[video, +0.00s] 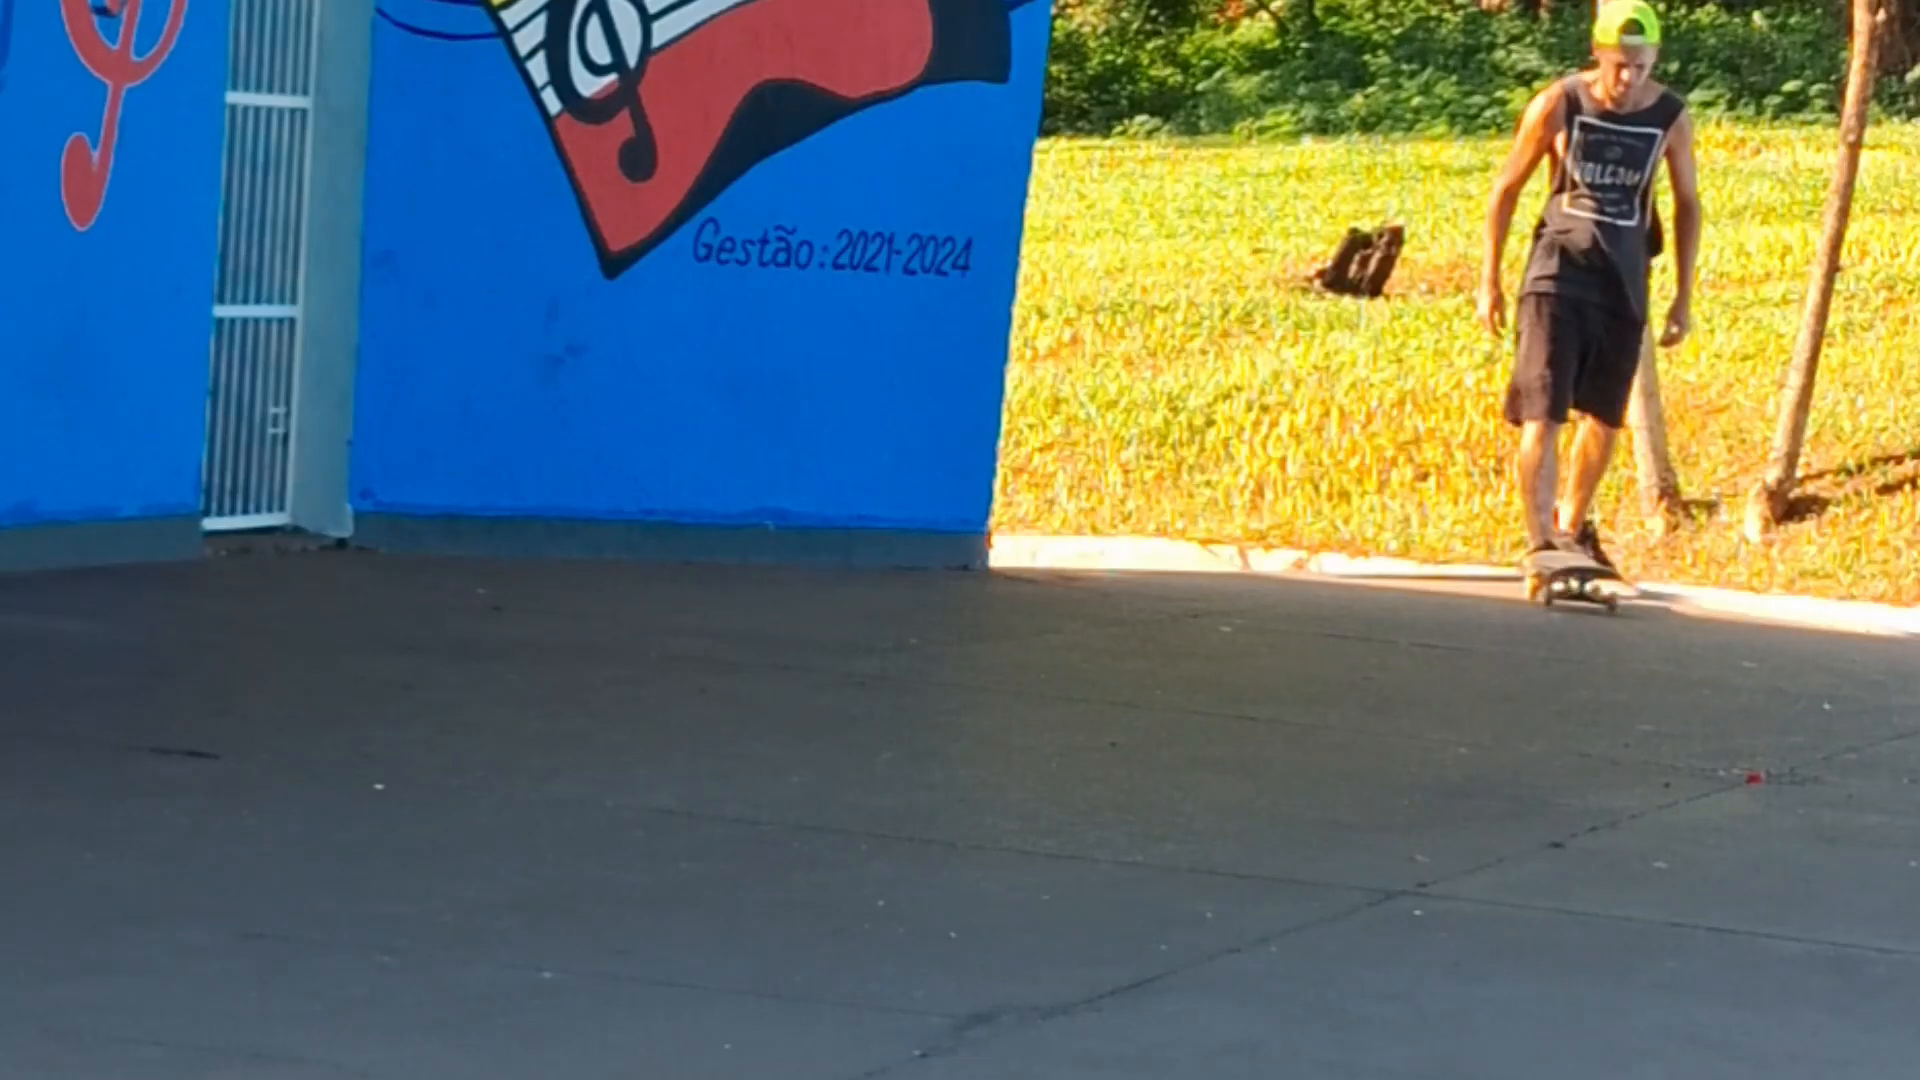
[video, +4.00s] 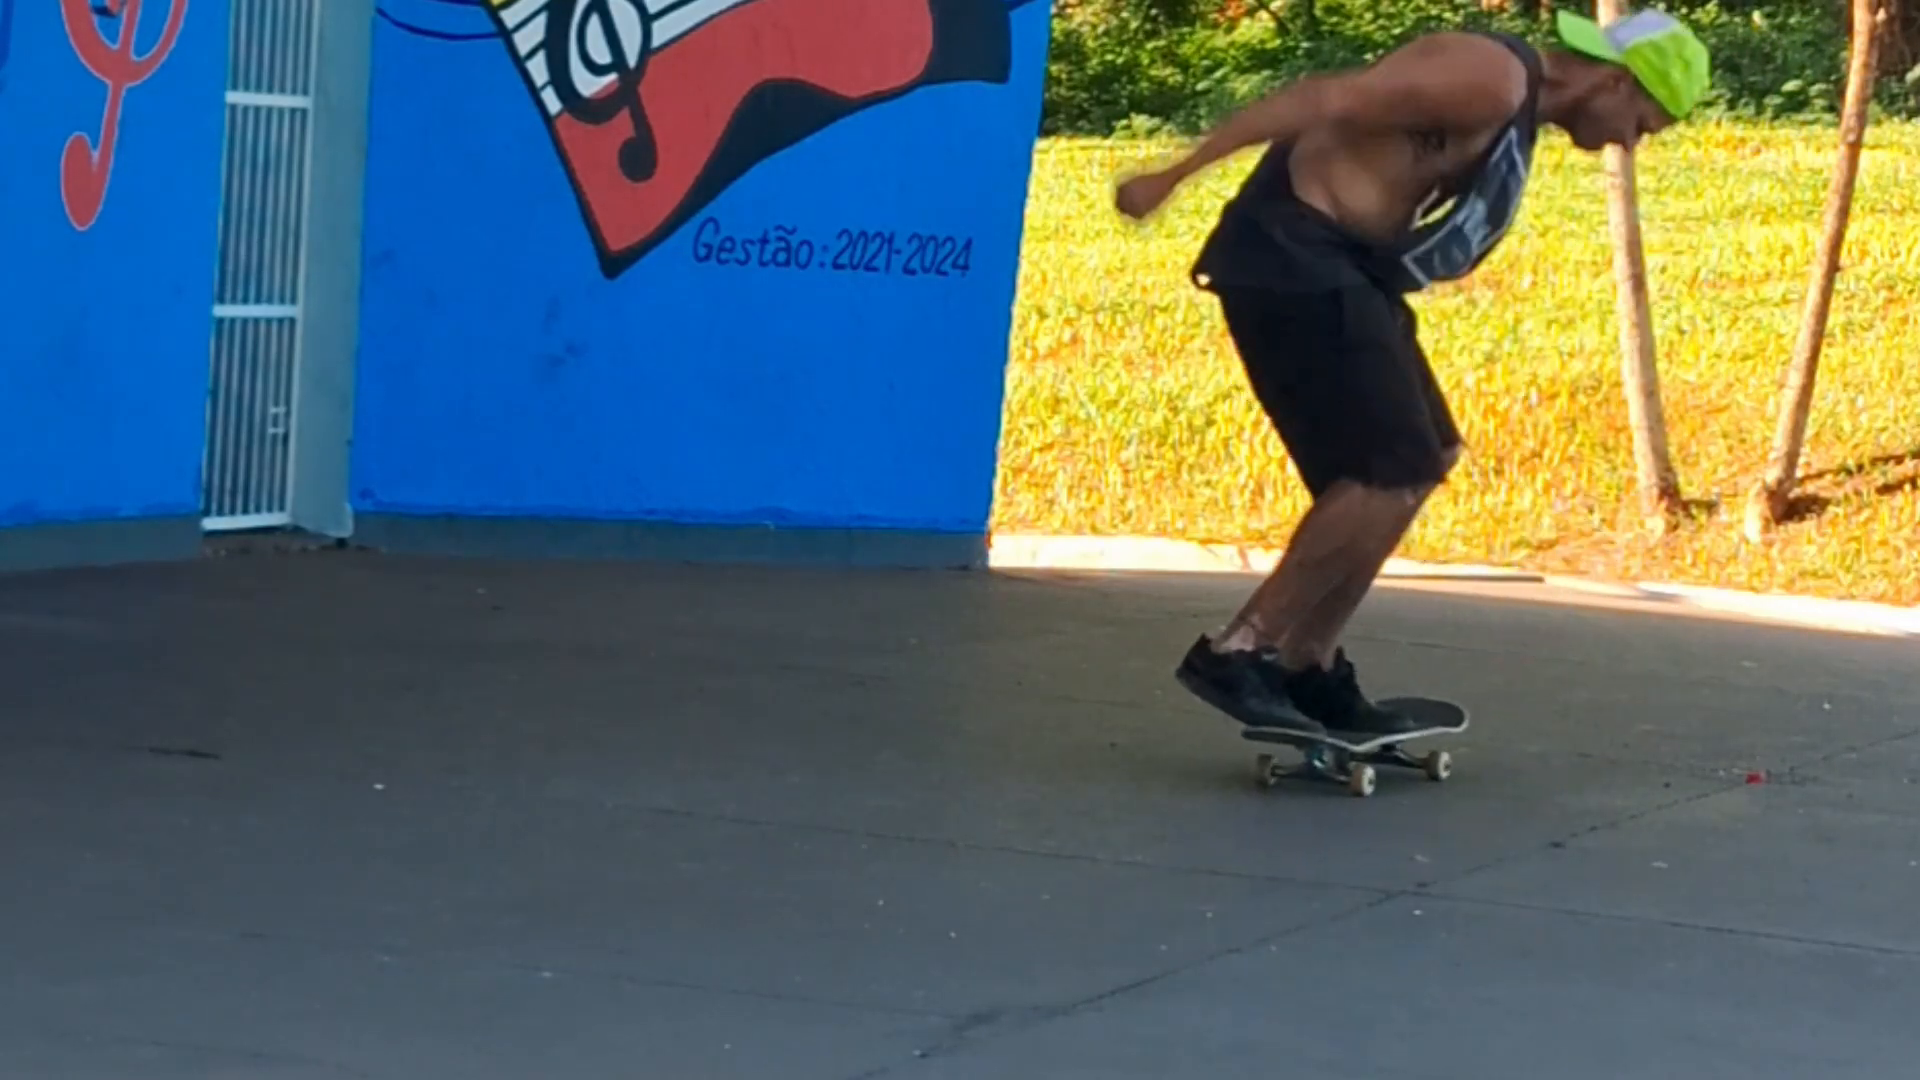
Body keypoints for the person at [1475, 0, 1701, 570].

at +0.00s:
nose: (1628, 77)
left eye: (1639, 66)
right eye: (1618, 64)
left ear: (1653, 60)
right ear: (1596, 53)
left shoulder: (1670, 114)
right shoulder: (1556, 105)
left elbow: (1687, 204)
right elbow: (1506, 189)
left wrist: (1683, 294)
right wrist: (1489, 280)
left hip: (1624, 280)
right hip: (1558, 273)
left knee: (1605, 417)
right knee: (1543, 412)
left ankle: (1575, 528)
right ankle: (1541, 543)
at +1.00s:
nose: (1735, 145)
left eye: (1743, 135)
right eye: (1728, 132)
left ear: (1749, 123)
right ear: (1698, 108)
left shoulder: (1727, 139)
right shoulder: (1623, 129)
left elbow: (1697, 212)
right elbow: (1534, 200)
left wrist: (1682, 292)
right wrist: (1534, 301)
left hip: (1656, 279)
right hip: (1591, 269)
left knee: (1666, 417)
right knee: (1621, 400)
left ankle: (1620, 521)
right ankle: (1601, 557)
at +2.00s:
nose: (1835, 151)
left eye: (1848, 145)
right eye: (1845, 137)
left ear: (1824, 98)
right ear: (1828, 98)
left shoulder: (1751, 123)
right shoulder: (1730, 100)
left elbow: (1649, 194)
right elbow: (1617, 163)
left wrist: (1643, 286)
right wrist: (1613, 281)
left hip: (1636, 270)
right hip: (1589, 262)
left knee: (1675, 420)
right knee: (1635, 426)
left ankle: (1626, 594)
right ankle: (1595, 602)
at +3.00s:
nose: (1790, 230)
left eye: (1804, 225)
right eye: (1801, 215)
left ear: (1785, 177)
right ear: (1784, 172)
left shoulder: (1700, 185)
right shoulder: (1693, 157)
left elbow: (1572, 249)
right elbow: (1561, 217)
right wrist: (1554, 357)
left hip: (1514, 266)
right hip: (1474, 254)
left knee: (1598, 439)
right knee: (1565, 438)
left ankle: (1521, 633)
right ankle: (1466, 621)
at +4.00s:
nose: (1628, 144)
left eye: (1646, 133)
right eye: (1643, 122)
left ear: (1609, 75)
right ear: (1615, 76)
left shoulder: (1513, 110)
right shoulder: (1491, 78)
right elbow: (1320, 101)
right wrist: (1173, 174)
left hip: (1345, 270)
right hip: (1295, 256)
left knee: (1422, 459)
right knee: (1394, 463)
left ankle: (1305, 665)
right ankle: (1239, 649)